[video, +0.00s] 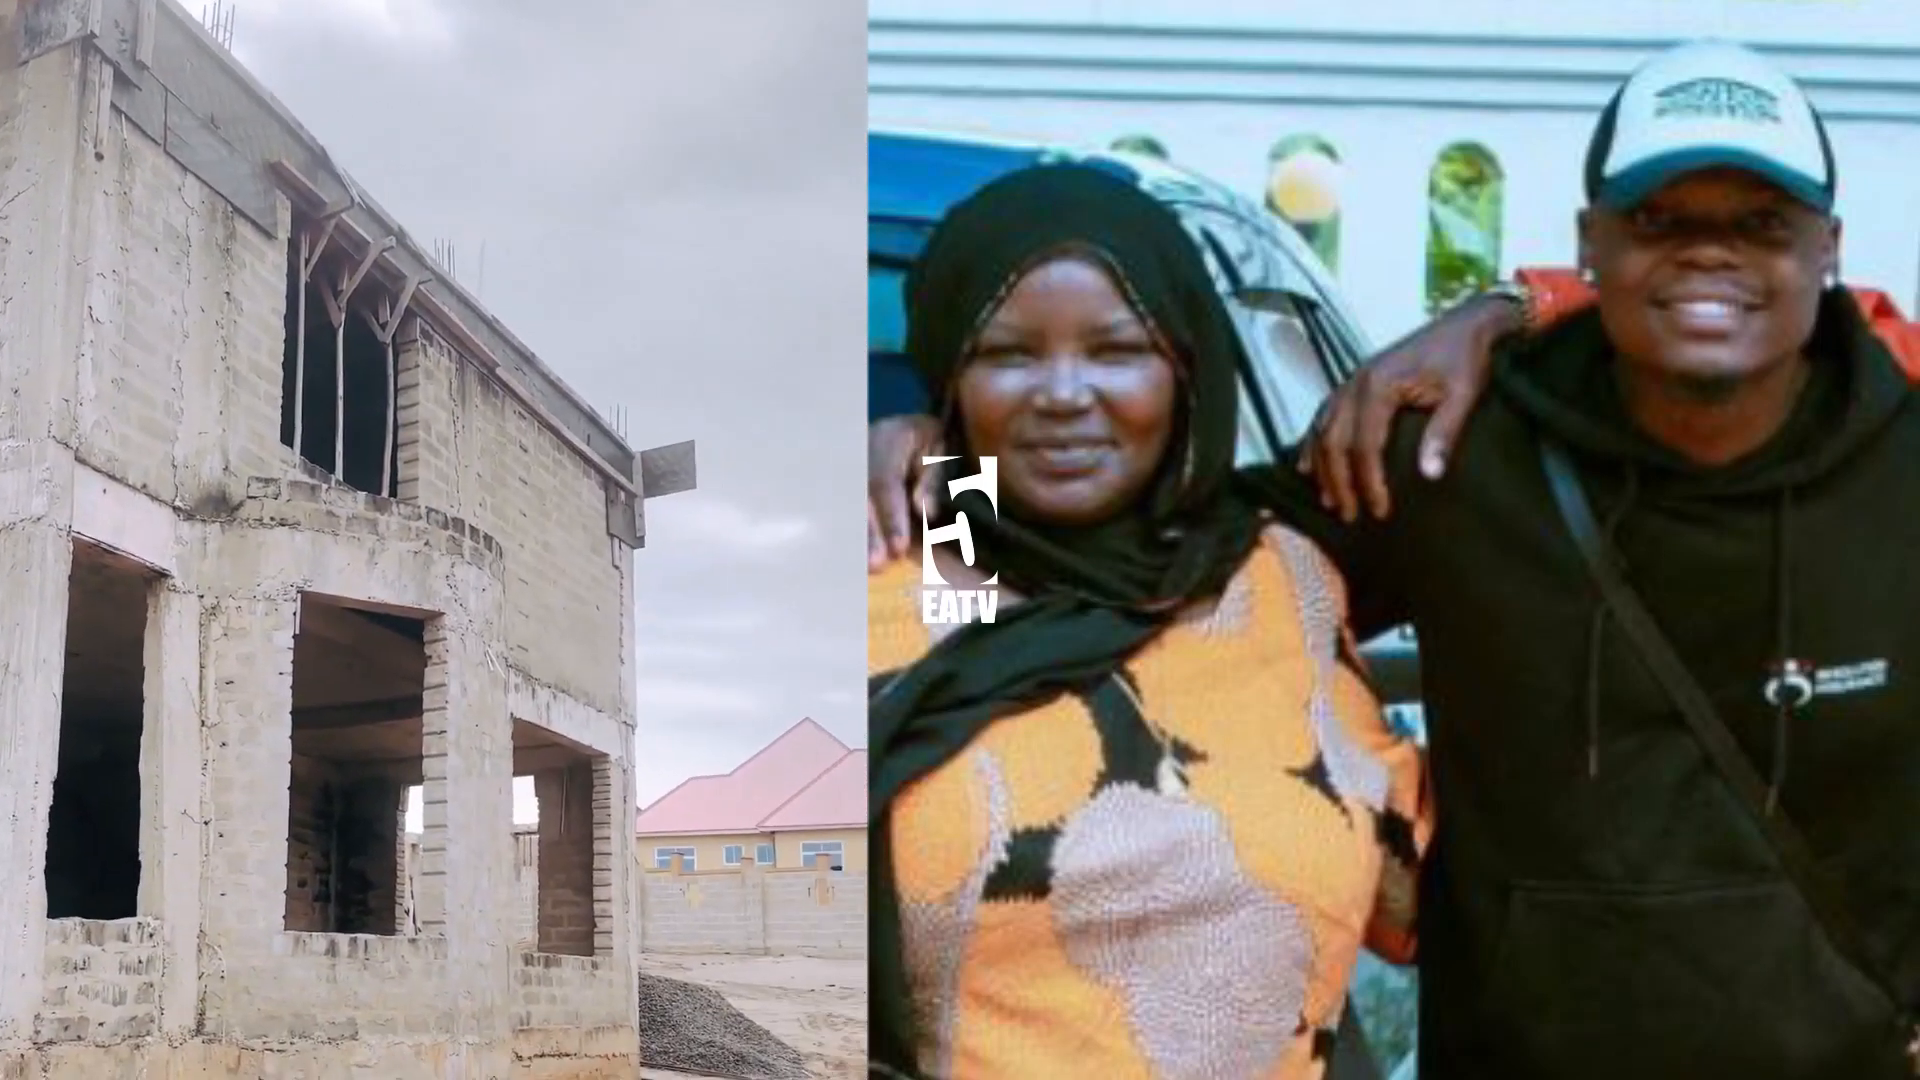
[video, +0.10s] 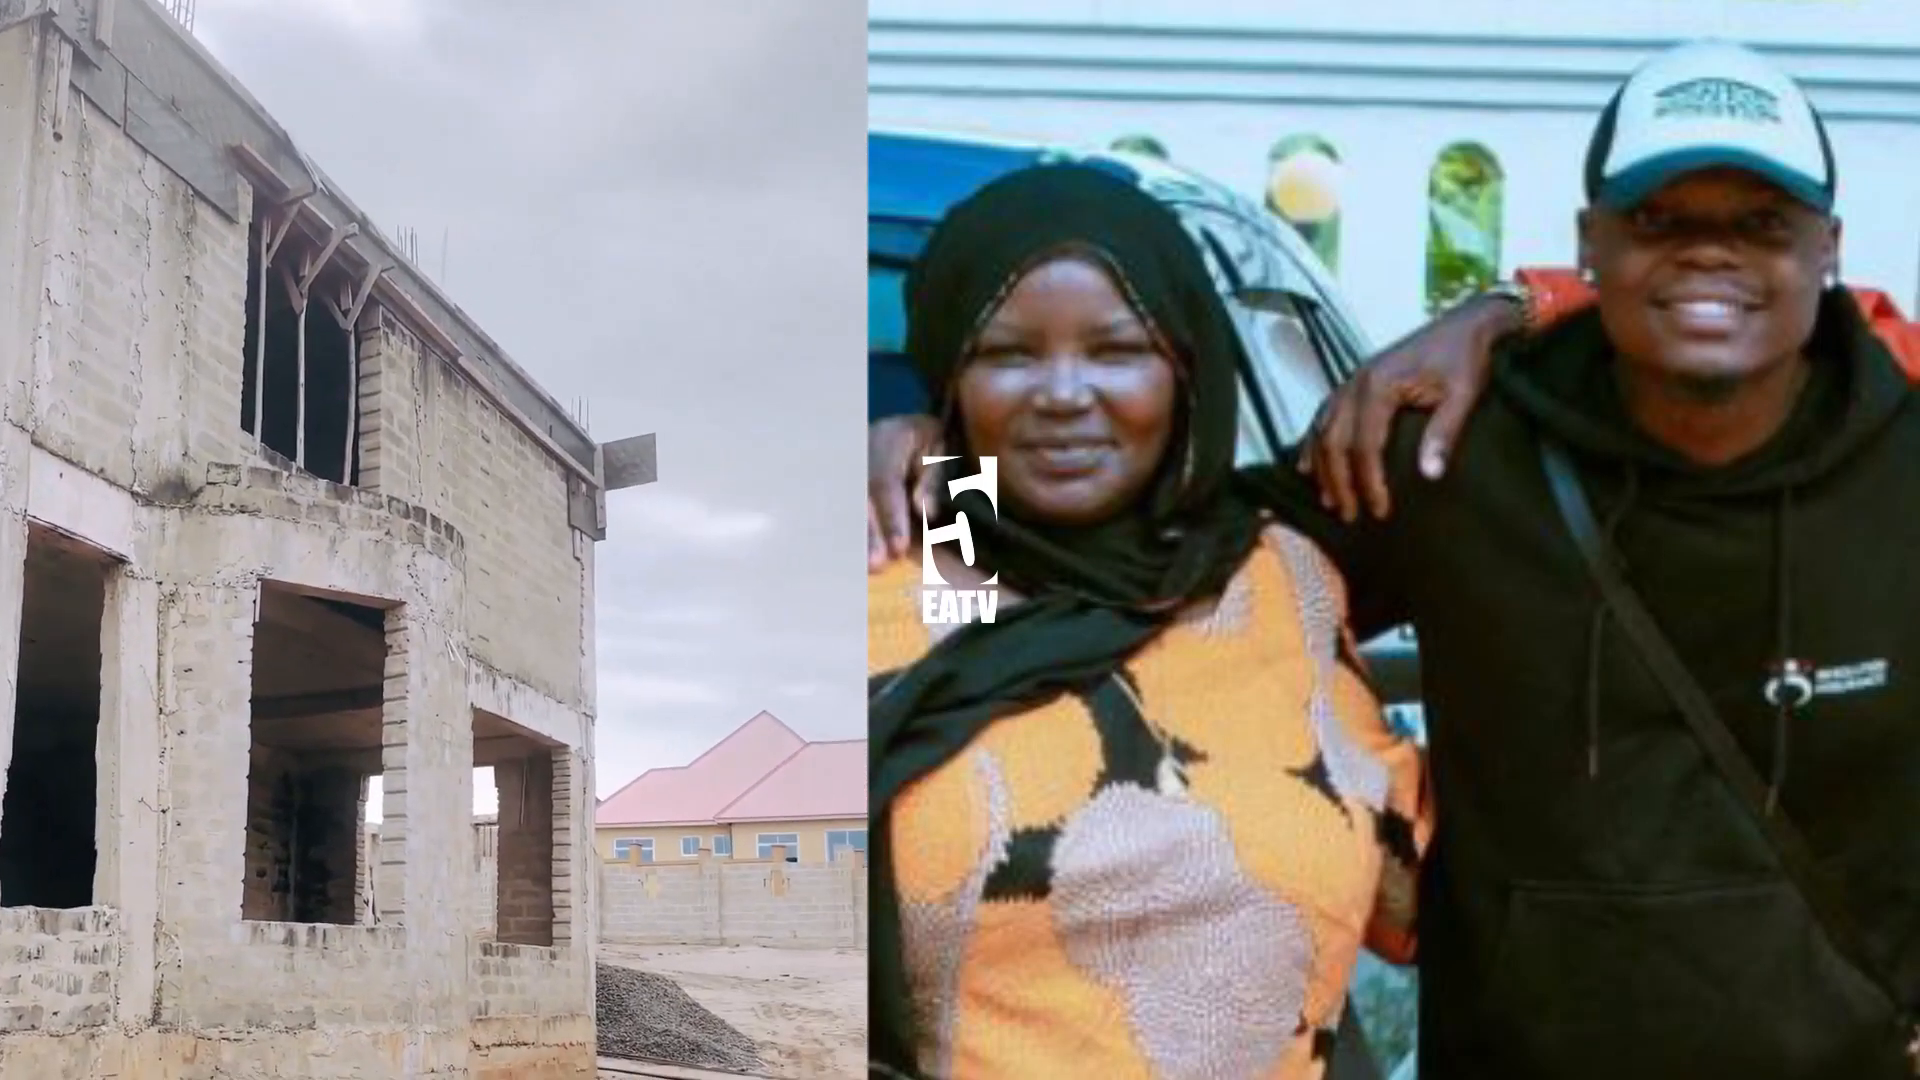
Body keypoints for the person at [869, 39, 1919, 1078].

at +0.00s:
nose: (1707, 251)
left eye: (1757, 219)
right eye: (1664, 215)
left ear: (1826, 250)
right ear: (1595, 242)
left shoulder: (1898, 445)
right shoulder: (1464, 448)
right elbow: (1176, 556)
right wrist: (957, 460)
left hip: (1849, 1037)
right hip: (1535, 1044)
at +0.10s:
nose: (1707, 251)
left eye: (1757, 219)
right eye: (1664, 215)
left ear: (1826, 250)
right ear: (1595, 242)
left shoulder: (1898, 445)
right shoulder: (1464, 447)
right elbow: (1175, 556)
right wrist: (955, 461)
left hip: (1849, 1037)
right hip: (1536, 1044)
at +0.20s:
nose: (1706, 251)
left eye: (1756, 219)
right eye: (1664, 215)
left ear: (1826, 250)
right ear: (1595, 242)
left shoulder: (1898, 445)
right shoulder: (1464, 447)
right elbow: (1176, 557)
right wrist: (957, 461)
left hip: (1849, 1037)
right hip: (1535, 1044)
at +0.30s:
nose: (1707, 251)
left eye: (1757, 219)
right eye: (1664, 215)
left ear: (1826, 250)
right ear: (1595, 242)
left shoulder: (1898, 444)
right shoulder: (1464, 447)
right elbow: (1177, 557)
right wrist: (959, 461)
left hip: (1848, 1037)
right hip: (1535, 1044)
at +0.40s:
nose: (1707, 252)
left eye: (1757, 219)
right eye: (1664, 215)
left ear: (1826, 250)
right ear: (1595, 242)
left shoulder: (1898, 444)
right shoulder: (1464, 448)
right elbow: (1177, 558)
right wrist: (958, 463)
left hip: (1849, 1037)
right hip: (1535, 1044)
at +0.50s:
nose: (1706, 251)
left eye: (1757, 219)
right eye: (1664, 215)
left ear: (1826, 250)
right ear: (1595, 242)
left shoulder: (1899, 445)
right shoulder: (1463, 447)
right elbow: (1175, 557)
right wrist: (956, 462)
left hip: (1849, 1037)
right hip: (1535, 1044)